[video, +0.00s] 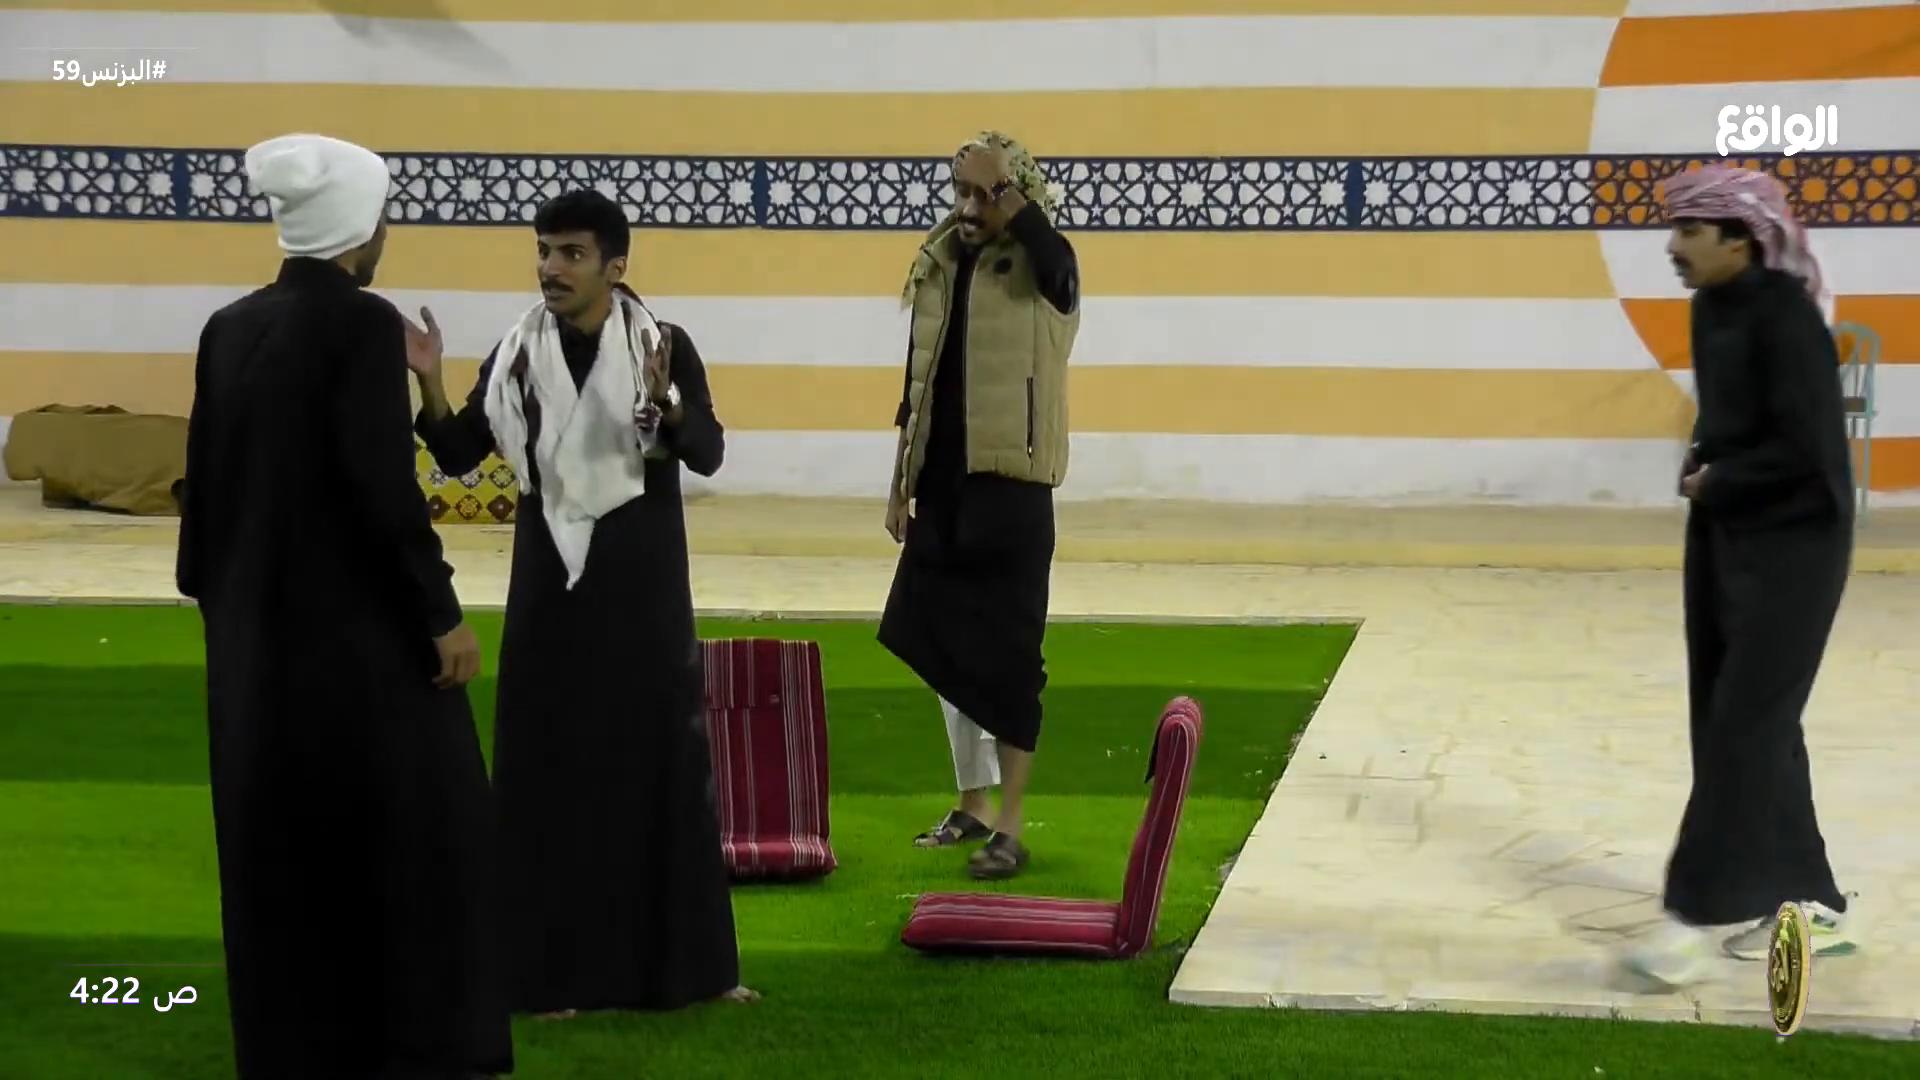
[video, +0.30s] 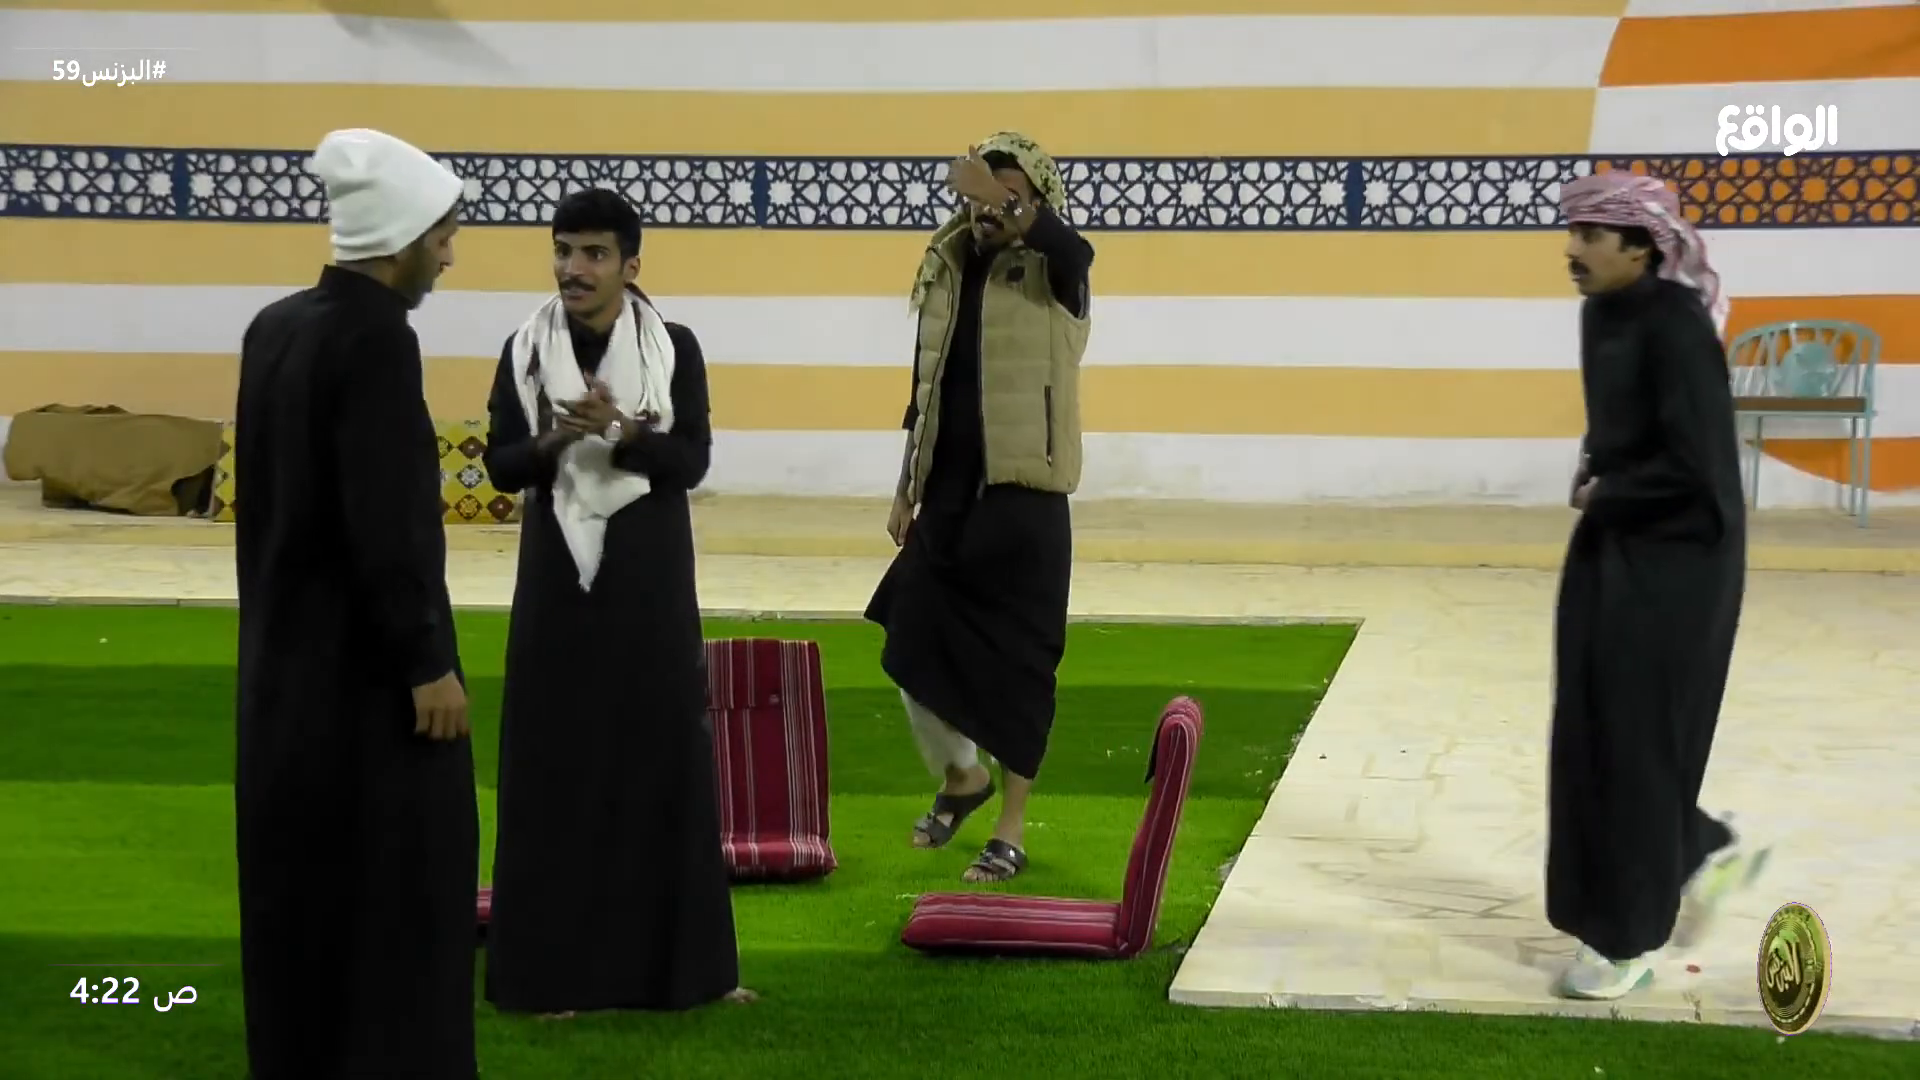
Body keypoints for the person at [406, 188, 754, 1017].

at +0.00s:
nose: (552, 268)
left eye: (571, 254)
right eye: (545, 252)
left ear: (614, 262)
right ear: (538, 257)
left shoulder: (661, 345)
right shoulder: (520, 348)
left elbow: (709, 456)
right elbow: (459, 451)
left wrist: (672, 407)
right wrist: (430, 381)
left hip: (641, 585)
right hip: (548, 584)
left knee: (658, 766)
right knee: (546, 766)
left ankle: (692, 968)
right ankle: (558, 973)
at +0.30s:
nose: (576, 267)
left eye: (595, 253)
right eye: (566, 251)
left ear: (630, 263)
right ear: (551, 258)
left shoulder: (672, 346)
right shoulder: (525, 347)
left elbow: (692, 461)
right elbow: (502, 466)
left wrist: (625, 433)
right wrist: (556, 437)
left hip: (648, 587)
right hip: (554, 585)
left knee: (663, 765)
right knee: (553, 767)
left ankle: (689, 967)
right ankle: (554, 974)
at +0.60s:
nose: (627, 269)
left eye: (644, 255)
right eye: (614, 254)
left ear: (675, 263)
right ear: (597, 258)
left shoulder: (713, 347)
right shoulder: (567, 346)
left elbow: (763, 454)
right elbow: (527, 465)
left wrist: (719, 475)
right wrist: (612, 493)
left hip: (685, 588)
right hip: (591, 588)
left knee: (688, 766)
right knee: (583, 766)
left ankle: (694, 969)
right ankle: (571, 972)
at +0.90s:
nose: (721, 273)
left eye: (739, 259)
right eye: (706, 256)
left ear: (764, 268)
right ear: (685, 261)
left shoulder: (783, 351)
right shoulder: (643, 350)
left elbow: (817, 449)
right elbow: (612, 474)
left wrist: (817, 492)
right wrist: (601, 595)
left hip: (745, 599)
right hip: (655, 599)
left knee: (743, 781)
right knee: (652, 782)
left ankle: (736, 972)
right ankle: (648, 980)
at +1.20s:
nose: (809, 309)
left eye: (820, 294)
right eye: (792, 293)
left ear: (832, 291)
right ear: (749, 284)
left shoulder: (827, 372)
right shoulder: (694, 375)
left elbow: (860, 465)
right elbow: (638, 486)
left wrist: (882, 518)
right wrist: (599, 580)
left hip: (792, 621)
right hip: (713, 621)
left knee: (763, 799)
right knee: (748, 797)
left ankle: (701, 963)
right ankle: (787, 1001)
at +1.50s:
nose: (856, 332)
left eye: (867, 315)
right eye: (838, 318)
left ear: (879, 304)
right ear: (792, 303)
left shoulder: (875, 373)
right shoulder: (742, 393)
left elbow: (892, 490)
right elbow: (704, 532)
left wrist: (914, 582)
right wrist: (740, 641)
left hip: (863, 645)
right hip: (777, 650)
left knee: (868, 830)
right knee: (783, 832)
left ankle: (735, 972)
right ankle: (784, 1022)